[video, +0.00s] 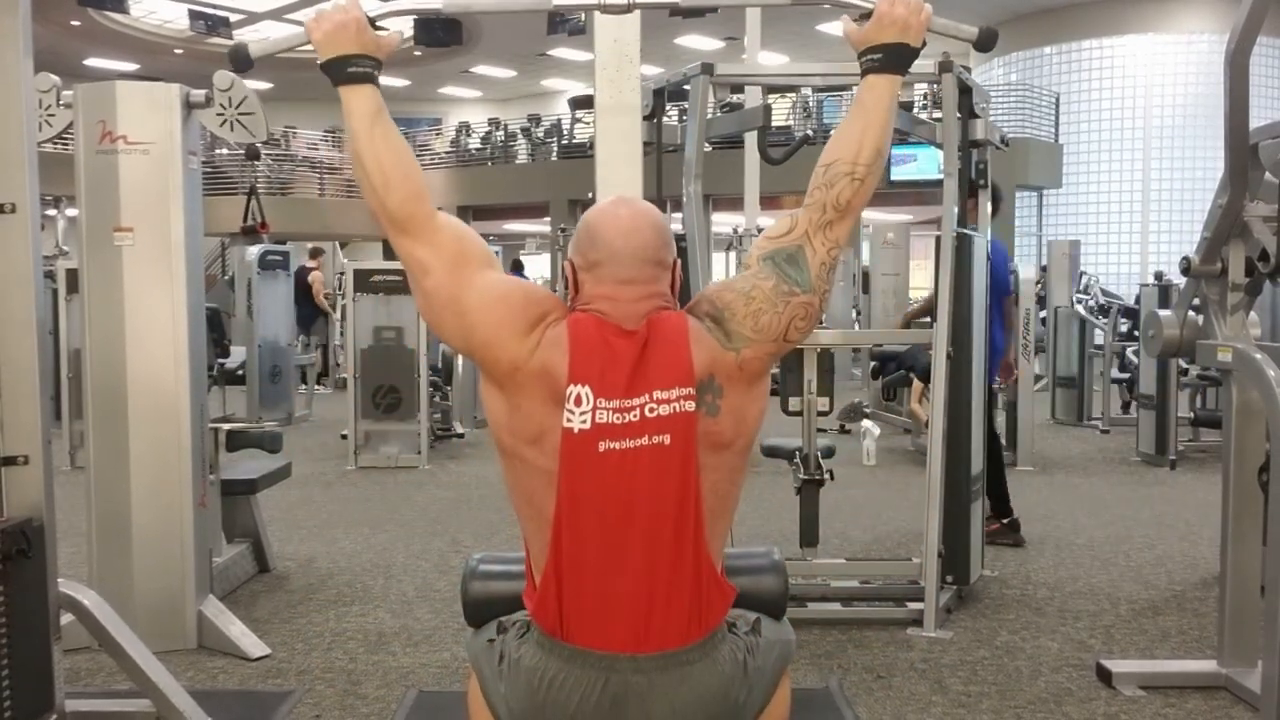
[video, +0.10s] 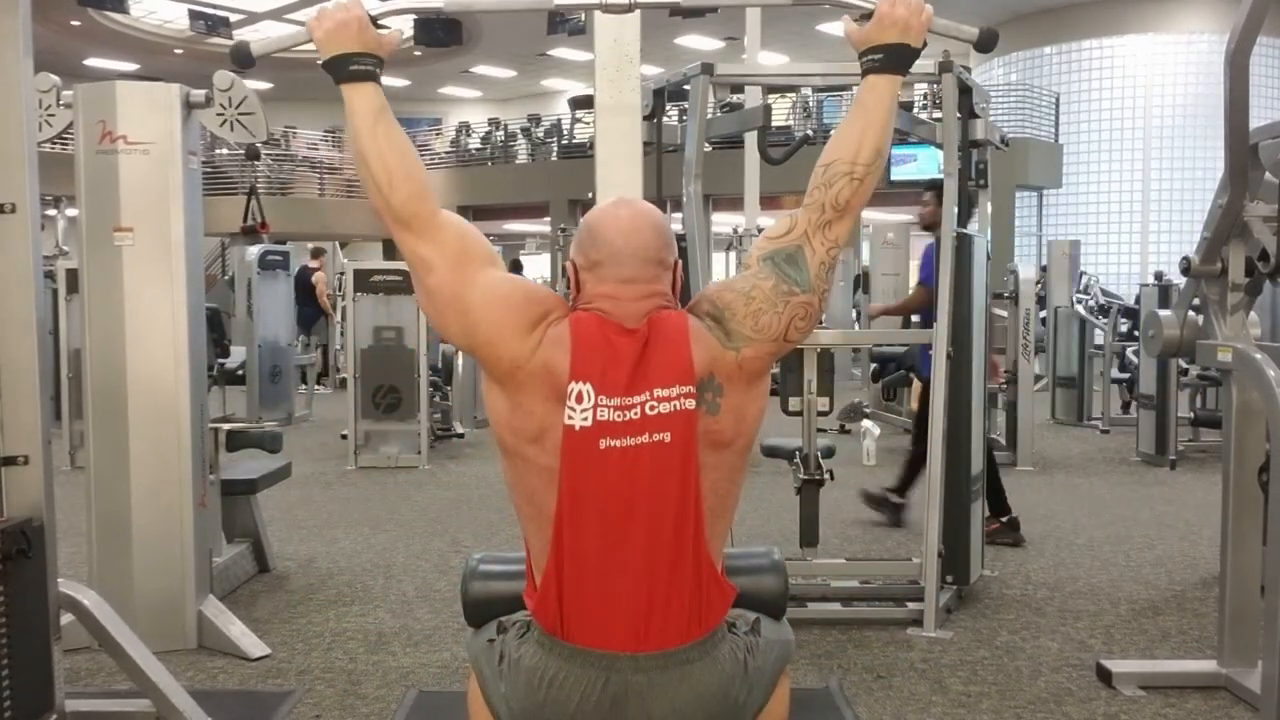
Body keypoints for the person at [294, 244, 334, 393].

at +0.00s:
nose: (322, 261)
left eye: (322, 258)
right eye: (322, 258)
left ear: (309, 257)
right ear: (319, 258)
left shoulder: (299, 270)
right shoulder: (316, 275)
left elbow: (303, 293)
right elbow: (318, 297)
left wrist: (322, 293)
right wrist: (330, 311)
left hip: (302, 313)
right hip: (315, 314)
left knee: (303, 347)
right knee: (317, 348)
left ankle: (303, 381)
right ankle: (316, 382)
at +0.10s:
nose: (324, 260)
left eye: (324, 258)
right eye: (324, 258)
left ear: (311, 257)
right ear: (321, 258)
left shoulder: (301, 270)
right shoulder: (319, 275)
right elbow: (321, 298)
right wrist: (331, 313)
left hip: (302, 311)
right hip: (316, 313)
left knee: (303, 346)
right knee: (317, 347)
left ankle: (302, 381)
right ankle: (315, 381)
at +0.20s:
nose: (326, 260)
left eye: (326, 258)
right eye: (326, 258)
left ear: (313, 257)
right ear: (324, 258)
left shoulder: (302, 270)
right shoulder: (321, 275)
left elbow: (298, 292)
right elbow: (324, 298)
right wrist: (332, 314)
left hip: (303, 312)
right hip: (318, 313)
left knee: (303, 346)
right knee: (320, 347)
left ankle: (303, 381)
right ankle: (317, 381)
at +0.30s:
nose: (328, 261)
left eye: (327, 258)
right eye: (328, 258)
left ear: (315, 257)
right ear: (326, 258)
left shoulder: (304, 270)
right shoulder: (324, 276)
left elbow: (299, 290)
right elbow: (326, 298)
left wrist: (303, 305)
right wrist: (333, 314)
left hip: (303, 312)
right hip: (319, 314)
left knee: (303, 346)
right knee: (322, 347)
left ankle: (303, 380)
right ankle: (319, 380)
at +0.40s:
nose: (329, 261)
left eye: (328, 258)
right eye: (329, 258)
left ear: (316, 257)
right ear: (327, 258)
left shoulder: (305, 270)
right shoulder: (326, 276)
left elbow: (301, 291)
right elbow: (328, 298)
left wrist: (304, 306)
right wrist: (334, 313)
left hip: (304, 312)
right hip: (321, 314)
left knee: (304, 346)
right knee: (326, 346)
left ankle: (304, 380)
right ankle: (323, 378)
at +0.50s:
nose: (331, 261)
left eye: (329, 259)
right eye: (330, 259)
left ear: (317, 257)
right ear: (328, 259)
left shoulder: (306, 271)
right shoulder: (326, 276)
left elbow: (301, 291)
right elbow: (329, 299)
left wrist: (304, 306)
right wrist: (334, 314)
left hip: (306, 312)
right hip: (322, 313)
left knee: (305, 346)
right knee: (326, 346)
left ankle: (304, 380)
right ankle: (324, 377)